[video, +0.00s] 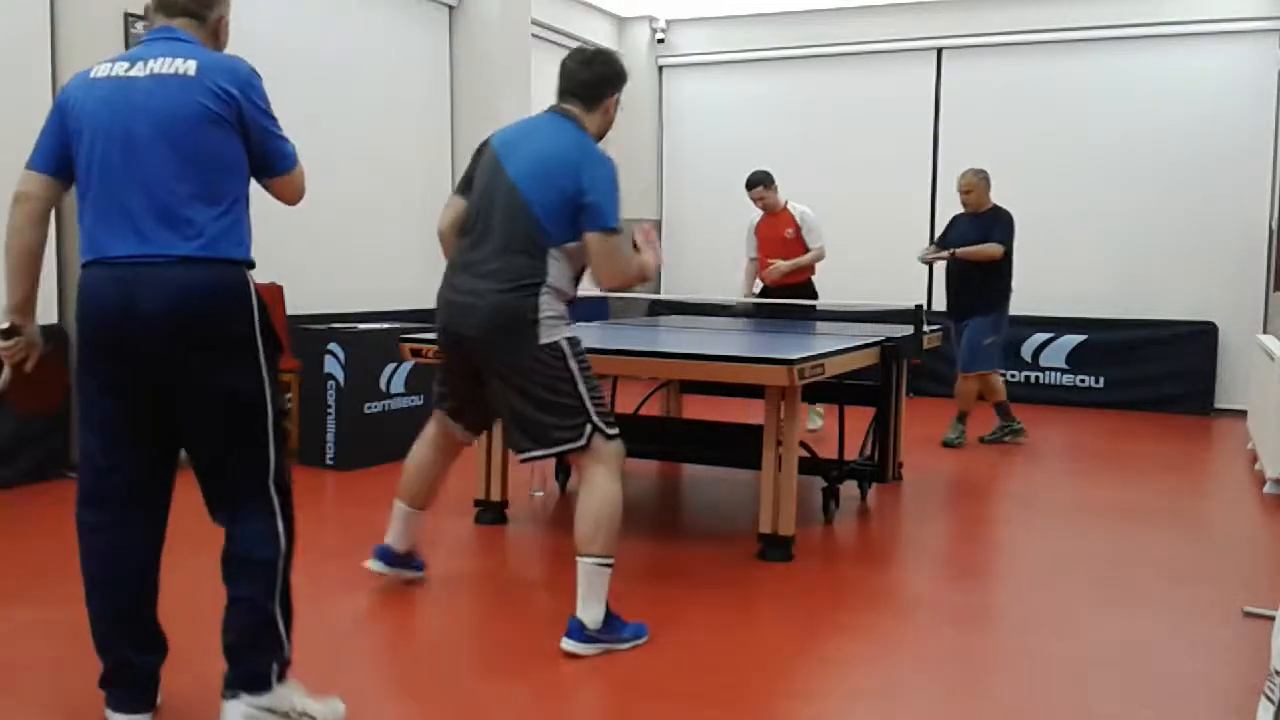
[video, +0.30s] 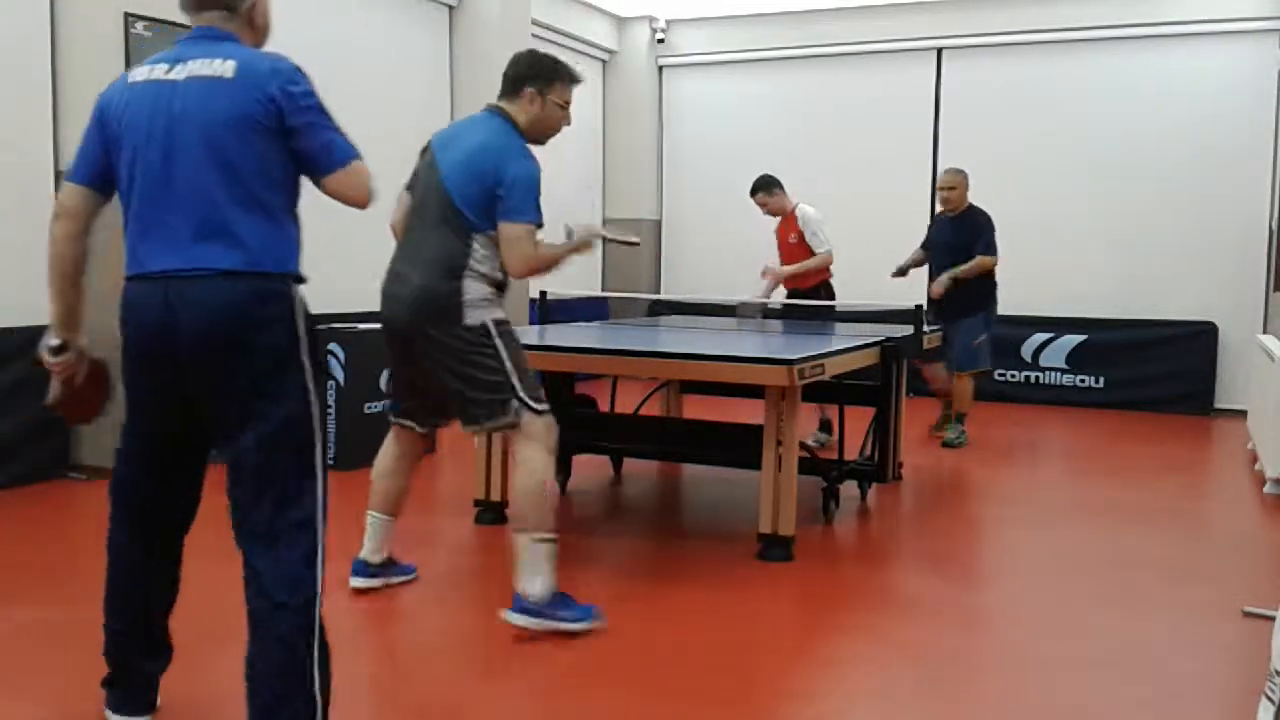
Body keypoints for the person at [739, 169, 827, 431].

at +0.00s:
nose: (758, 205)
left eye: (761, 198)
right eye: (754, 201)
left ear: (774, 189)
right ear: (751, 198)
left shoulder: (801, 215)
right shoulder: (756, 224)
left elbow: (819, 252)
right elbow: (752, 262)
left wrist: (787, 265)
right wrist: (745, 294)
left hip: (799, 293)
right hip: (768, 294)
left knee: (803, 350)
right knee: (769, 351)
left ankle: (813, 406)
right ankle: (775, 407)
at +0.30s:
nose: (764, 212)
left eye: (764, 204)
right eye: (760, 207)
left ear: (777, 194)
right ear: (771, 200)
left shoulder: (806, 215)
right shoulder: (781, 226)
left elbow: (826, 257)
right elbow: (785, 267)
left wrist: (786, 272)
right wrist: (763, 296)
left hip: (817, 296)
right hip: (794, 297)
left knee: (817, 364)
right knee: (793, 363)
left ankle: (825, 426)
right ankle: (784, 427)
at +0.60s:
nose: (775, 211)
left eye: (774, 203)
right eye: (771, 206)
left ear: (788, 192)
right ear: (788, 195)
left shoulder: (813, 215)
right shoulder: (808, 216)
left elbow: (815, 264)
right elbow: (814, 264)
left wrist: (782, 291)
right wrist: (790, 271)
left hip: (831, 295)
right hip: (824, 294)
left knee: (823, 363)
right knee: (825, 361)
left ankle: (830, 424)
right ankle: (835, 419)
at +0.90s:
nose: (785, 212)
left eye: (784, 205)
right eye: (782, 207)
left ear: (798, 194)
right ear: (797, 197)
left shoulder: (825, 215)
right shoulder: (817, 220)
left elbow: (839, 258)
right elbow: (821, 269)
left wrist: (799, 274)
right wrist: (801, 301)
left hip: (843, 296)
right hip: (830, 297)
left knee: (836, 365)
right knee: (824, 364)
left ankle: (848, 426)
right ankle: (830, 424)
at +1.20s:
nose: (780, 212)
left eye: (780, 204)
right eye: (777, 207)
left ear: (794, 194)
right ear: (796, 195)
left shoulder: (817, 217)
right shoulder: (821, 215)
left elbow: (816, 265)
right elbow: (834, 262)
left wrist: (776, 283)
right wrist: (817, 288)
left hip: (839, 295)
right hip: (841, 294)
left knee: (821, 365)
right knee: (839, 364)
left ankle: (826, 430)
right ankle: (848, 424)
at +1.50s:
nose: (777, 214)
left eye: (778, 206)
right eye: (773, 209)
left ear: (795, 197)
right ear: (797, 199)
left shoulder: (812, 221)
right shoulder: (820, 218)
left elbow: (810, 270)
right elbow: (835, 264)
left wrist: (769, 297)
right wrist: (813, 286)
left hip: (842, 299)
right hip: (846, 297)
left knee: (819, 367)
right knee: (828, 365)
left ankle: (827, 432)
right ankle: (841, 421)